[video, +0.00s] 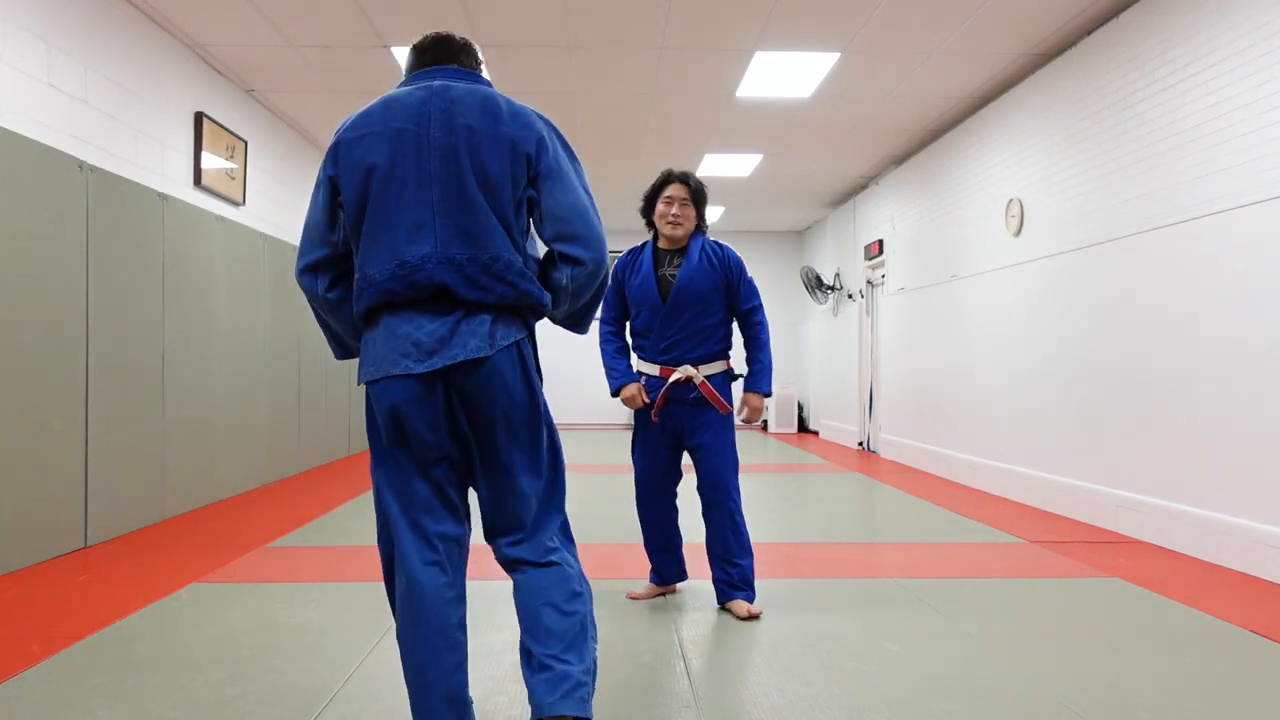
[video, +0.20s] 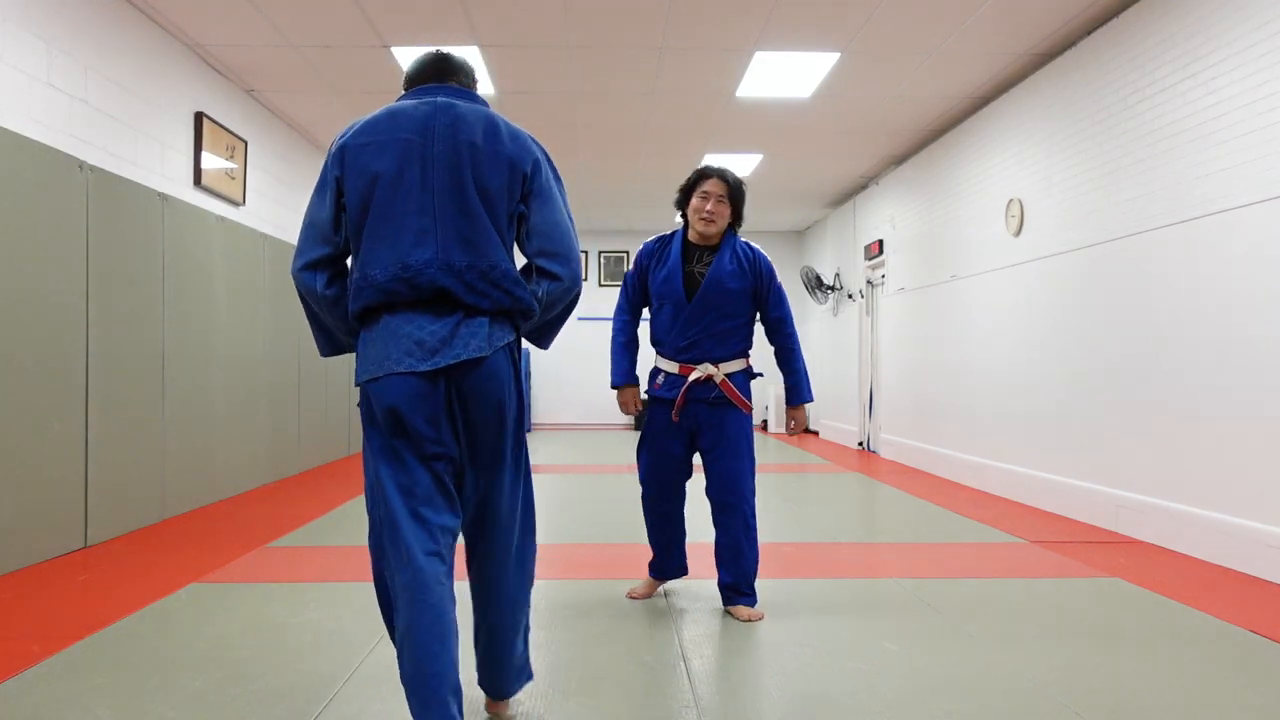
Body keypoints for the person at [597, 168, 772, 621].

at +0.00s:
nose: (674, 209)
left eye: (684, 203)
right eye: (666, 201)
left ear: (698, 214)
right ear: (651, 210)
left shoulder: (722, 260)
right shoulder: (629, 265)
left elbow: (754, 322)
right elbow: (611, 328)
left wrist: (758, 386)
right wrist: (622, 379)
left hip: (710, 390)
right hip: (653, 393)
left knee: (721, 492)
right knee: (652, 491)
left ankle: (736, 591)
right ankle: (666, 575)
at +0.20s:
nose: (709, 206)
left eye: (721, 201)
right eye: (702, 196)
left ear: (733, 213)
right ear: (686, 202)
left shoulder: (751, 262)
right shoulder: (654, 254)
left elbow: (782, 330)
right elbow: (626, 315)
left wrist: (797, 396)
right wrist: (623, 378)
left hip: (728, 392)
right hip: (667, 390)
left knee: (734, 495)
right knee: (658, 484)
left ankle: (739, 595)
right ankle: (665, 567)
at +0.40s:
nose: (735, 200)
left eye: (746, 194)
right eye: (728, 190)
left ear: (758, 208)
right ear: (709, 197)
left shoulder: (773, 263)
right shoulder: (674, 246)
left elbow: (803, 325)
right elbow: (640, 307)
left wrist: (800, 368)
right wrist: (625, 372)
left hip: (738, 391)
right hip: (677, 385)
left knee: (739, 496)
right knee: (653, 478)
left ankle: (739, 595)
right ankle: (653, 565)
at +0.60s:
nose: (741, 196)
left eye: (752, 191)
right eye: (734, 186)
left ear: (764, 205)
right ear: (715, 193)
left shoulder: (775, 255)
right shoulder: (680, 242)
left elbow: (805, 324)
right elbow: (646, 303)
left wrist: (783, 283)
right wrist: (637, 367)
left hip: (740, 390)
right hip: (680, 384)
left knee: (739, 498)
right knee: (662, 493)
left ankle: (738, 596)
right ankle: (647, 595)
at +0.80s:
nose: (715, 191)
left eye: (727, 185)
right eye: (707, 183)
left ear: (743, 199)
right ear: (693, 194)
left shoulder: (759, 248)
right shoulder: (668, 248)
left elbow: (803, 302)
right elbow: (645, 316)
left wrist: (772, 247)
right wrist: (635, 377)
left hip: (739, 388)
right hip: (678, 387)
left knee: (737, 500)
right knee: (667, 496)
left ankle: (738, 598)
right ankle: (660, 606)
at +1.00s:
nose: (675, 187)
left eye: (685, 179)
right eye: (665, 182)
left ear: (706, 190)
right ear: (653, 197)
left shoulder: (733, 240)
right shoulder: (643, 257)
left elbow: (786, 289)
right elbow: (628, 334)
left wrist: (748, 235)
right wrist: (623, 403)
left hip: (728, 389)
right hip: (665, 392)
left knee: (733, 501)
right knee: (660, 506)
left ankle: (739, 593)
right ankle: (661, 618)